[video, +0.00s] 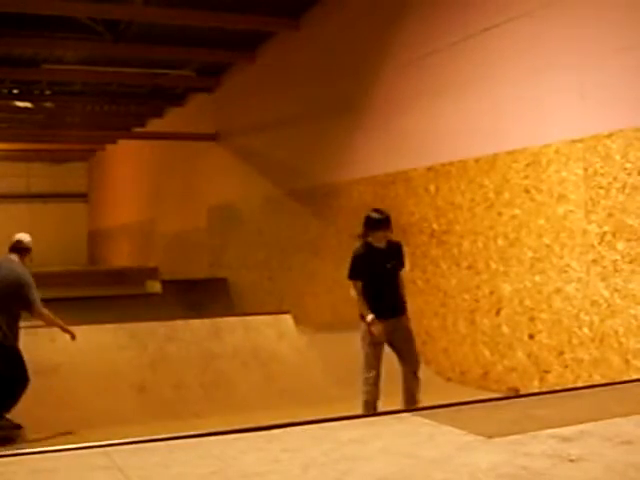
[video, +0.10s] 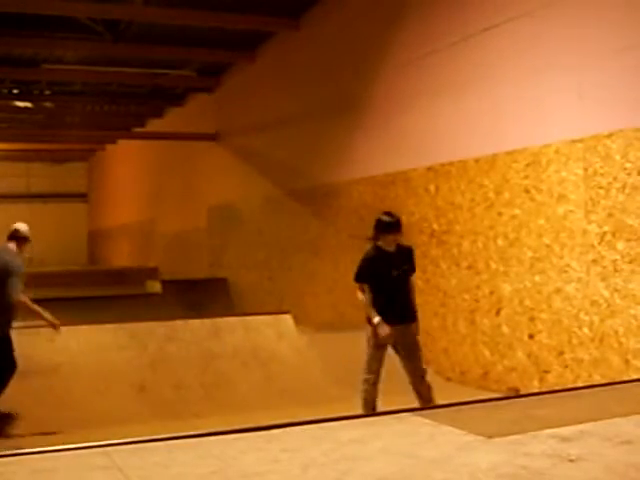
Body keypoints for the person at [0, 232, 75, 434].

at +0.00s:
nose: (30, 259)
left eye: (30, 255)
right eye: (30, 255)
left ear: (11, 249)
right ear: (26, 254)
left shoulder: (3, 266)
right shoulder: (19, 274)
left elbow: (36, 309)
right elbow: (38, 310)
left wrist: (62, 327)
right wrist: (64, 328)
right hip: (4, 341)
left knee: (7, 377)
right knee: (20, 378)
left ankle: (1, 416)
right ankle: (1, 416)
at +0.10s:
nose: (27, 248)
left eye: (27, 243)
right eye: (26, 243)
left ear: (11, 238)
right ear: (21, 242)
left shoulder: (3, 255)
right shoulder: (13, 261)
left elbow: (17, 295)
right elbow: (17, 297)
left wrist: (45, 317)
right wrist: (47, 318)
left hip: (0, 326)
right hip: (0, 326)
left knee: (5, 365)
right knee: (8, 365)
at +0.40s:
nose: (32, 214)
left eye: (35, 211)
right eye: (34, 210)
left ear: (30, 203)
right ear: (28, 203)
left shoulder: (12, 211)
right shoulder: (8, 212)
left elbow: (5, 241)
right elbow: (3, 240)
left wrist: (30, 253)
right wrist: (30, 252)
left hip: (3, 274)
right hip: (2, 276)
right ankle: (3, 365)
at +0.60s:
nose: (27, 202)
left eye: (29, 199)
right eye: (27, 198)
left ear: (22, 189)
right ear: (20, 191)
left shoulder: (12, 190)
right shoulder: (4, 206)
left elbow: (17, 174)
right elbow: (4, 239)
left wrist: (39, 172)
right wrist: (30, 248)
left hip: (6, 239)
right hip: (2, 241)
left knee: (18, 269)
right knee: (16, 270)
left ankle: (23, 305)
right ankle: (24, 305)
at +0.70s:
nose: (26, 197)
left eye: (29, 194)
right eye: (25, 192)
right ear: (18, 186)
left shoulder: (18, 185)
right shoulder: (3, 197)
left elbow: (29, 174)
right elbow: (0, 229)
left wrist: (47, 172)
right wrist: (14, 241)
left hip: (13, 236)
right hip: (3, 238)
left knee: (21, 269)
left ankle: (21, 305)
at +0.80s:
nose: (29, 190)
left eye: (32, 185)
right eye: (26, 185)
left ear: (31, 182)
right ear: (17, 181)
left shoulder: (25, 189)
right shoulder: (4, 192)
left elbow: (41, 184)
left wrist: (58, 187)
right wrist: (1, 240)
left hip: (17, 238)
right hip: (3, 239)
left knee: (22, 271)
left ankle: (21, 306)